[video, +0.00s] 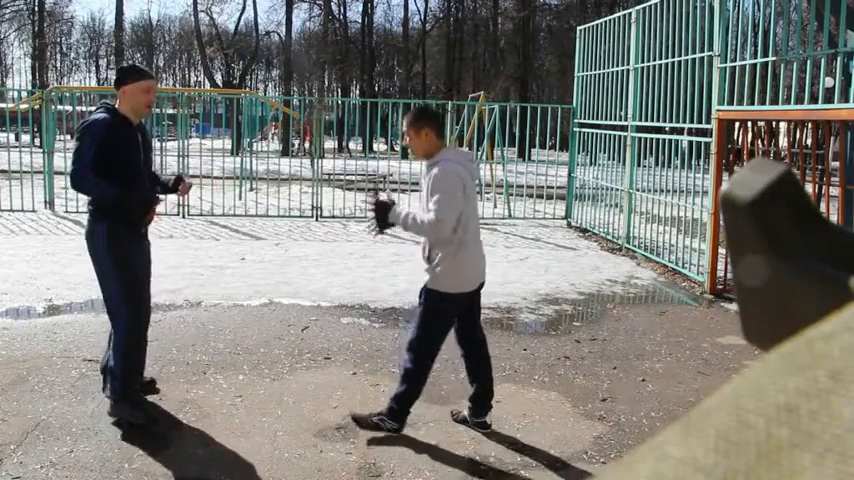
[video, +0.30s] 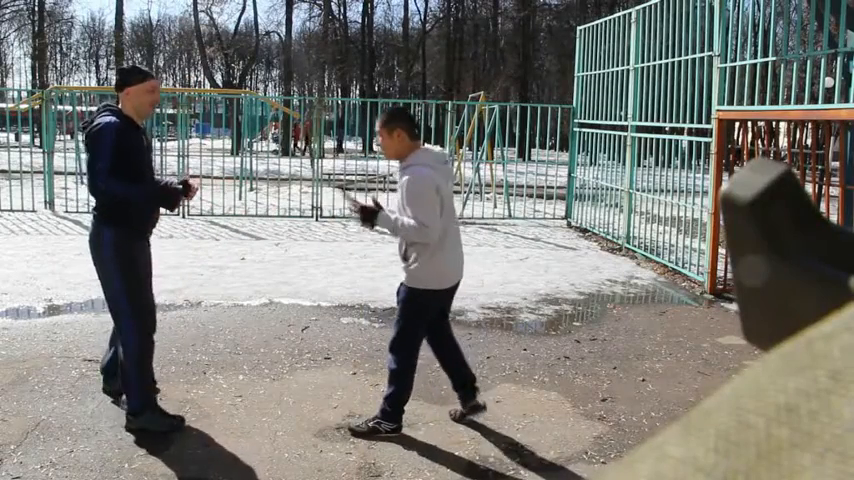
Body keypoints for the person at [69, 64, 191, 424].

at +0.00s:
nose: (152, 99)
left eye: (154, 92)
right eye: (146, 91)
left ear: (144, 95)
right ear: (124, 92)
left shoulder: (139, 132)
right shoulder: (100, 126)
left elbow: (141, 178)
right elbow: (80, 178)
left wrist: (171, 186)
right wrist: (131, 200)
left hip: (134, 232)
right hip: (108, 234)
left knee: (138, 310)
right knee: (128, 314)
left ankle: (124, 376)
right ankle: (123, 401)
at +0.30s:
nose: (156, 100)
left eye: (158, 93)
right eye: (152, 92)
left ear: (136, 94)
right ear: (128, 93)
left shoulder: (132, 129)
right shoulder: (109, 128)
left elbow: (136, 184)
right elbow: (103, 187)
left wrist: (174, 189)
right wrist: (160, 195)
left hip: (131, 238)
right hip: (114, 240)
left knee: (135, 314)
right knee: (138, 320)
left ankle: (115, 376)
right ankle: (142, 411)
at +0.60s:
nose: (166, 101)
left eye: (166, 93)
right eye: (160, 93)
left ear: (139, 95)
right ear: (136, 93)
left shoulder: (130, 126)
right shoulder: (119, 129)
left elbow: (132, 185)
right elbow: (127, 189)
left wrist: (171, 185)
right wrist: (175, 185)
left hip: (120, 239)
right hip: (120, 243)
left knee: (119, 317)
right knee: (141, 325)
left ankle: (103, 384)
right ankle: (143, 413)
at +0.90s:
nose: (154, 105)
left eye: (154, 97)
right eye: (149, 97)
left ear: (125, 96)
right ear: (124, 95)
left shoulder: (112, 129)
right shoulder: (106, 133)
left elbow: (114, 187)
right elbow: (109, 193)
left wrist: (153, 181)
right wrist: (159, 181)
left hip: (109, 244)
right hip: (118, 246)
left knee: (105, 317)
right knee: (150, 324)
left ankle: (71, 396)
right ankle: (144, 412)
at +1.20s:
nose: (147, 105)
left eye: (148, 98)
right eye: (142, 97)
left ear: (118, 98)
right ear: (117, 97)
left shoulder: (113, 132)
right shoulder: (101, 134)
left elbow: (115, 186)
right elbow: (102, 195)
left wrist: (152, 181)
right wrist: (152, 185)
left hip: (108, 243)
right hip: (112, 247)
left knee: (99, 321)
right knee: (150, 324)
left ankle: (69, 397)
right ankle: (166, 411)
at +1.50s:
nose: (155, 106)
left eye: (156, 99)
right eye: (151, 98)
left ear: (126, 97)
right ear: (128, 96)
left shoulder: (109, 128)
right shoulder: (119, 134)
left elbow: (117, 187)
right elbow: (121, 191)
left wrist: (157, 185)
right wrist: (164, 186)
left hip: (103, 243)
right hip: (125, 246)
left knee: (104, 315)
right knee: (158, 324)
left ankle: (70, 388)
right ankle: (166, 411)